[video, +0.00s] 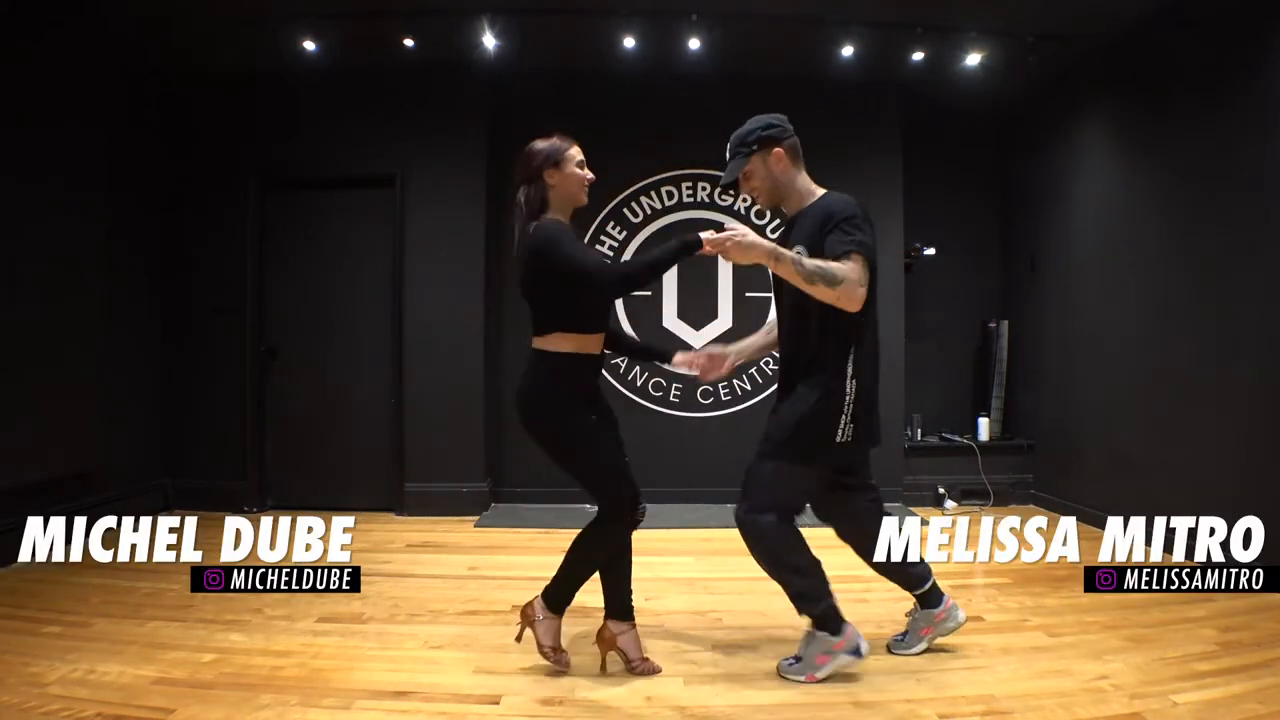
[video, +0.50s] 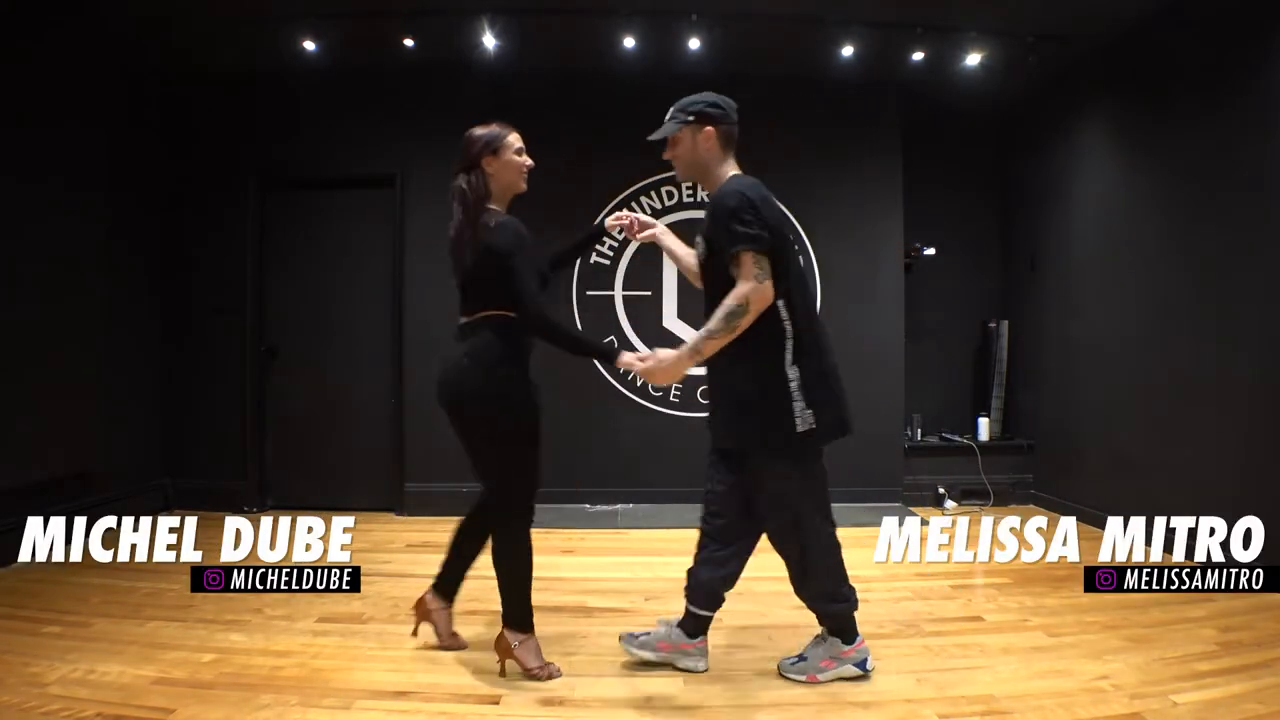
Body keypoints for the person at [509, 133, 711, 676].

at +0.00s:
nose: (591, 174)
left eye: (587, 166)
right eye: (580, 166)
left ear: (561, 177)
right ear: (549, 176)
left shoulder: (569, 241)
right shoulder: (546, 237)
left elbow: (602, 333)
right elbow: (614, 280)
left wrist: (668, 356)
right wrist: (690, 243)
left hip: (581, 386)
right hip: (553, 389)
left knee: (622, 504)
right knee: (619, 503)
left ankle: (619, 623)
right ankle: (546, 608)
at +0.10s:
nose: (585, 173)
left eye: (582, 164)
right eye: (574, 164)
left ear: (555, 175)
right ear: (543, 174)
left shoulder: (558, 238)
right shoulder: (541, 234)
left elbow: (591, 335)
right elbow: (619, 283)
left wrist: (657, 366)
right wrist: (690, 245)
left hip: (574, 383)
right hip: (551, 385)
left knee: (613, 505)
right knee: (609, 506)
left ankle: (617, 625)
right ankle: (537, 616)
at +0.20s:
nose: (578, 167)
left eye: (574, 158)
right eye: (567, 158)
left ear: (545, 170)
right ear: (536, 169)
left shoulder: (538, 231)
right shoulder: (544, 229)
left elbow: (574, 323)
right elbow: (612, 291)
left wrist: (639, 343)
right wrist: (678, 264)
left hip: (550, 375)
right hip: (544, 377)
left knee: (590, 504)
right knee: (581, 505)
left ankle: (617, 623)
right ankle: (523, 627)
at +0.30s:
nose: (562, 158)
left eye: (559, 149)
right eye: (552, 150)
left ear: (528, 162)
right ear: (521, 160)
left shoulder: (521, 221)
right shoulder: (530, 225)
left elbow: (577, 294)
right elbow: (589, 306)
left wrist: (631, 290)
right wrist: (669, 317)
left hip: (519, 369)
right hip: (517, 372)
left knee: (571, 488)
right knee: (541, 497)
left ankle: (568, 615)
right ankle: (517, 632)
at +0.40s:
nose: (550, 158)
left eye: (547, 149)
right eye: (539, 149)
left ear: (516, 162)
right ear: (509, 161)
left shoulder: (501, 222)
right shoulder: (524, 227)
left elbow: (557, 284)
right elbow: (568, 312)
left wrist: (611, 256)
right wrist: (646, 347)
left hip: (500, 365)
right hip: (511, 367)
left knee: (554, 487)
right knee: (532, 495)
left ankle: (502, 597)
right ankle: (520, 632)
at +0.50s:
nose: (529, 161)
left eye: (526, 152)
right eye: (518, 153)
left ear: (490, 168)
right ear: (486, 165)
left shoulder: (471, 228)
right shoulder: (506, 231)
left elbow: (536, 274)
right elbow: (533, 316)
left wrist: (593, 232)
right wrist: (605, 352)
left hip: (468, 364)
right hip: (499, 367)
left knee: (498, 490)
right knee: (515, 497)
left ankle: (439, 597)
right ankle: (518, 632)